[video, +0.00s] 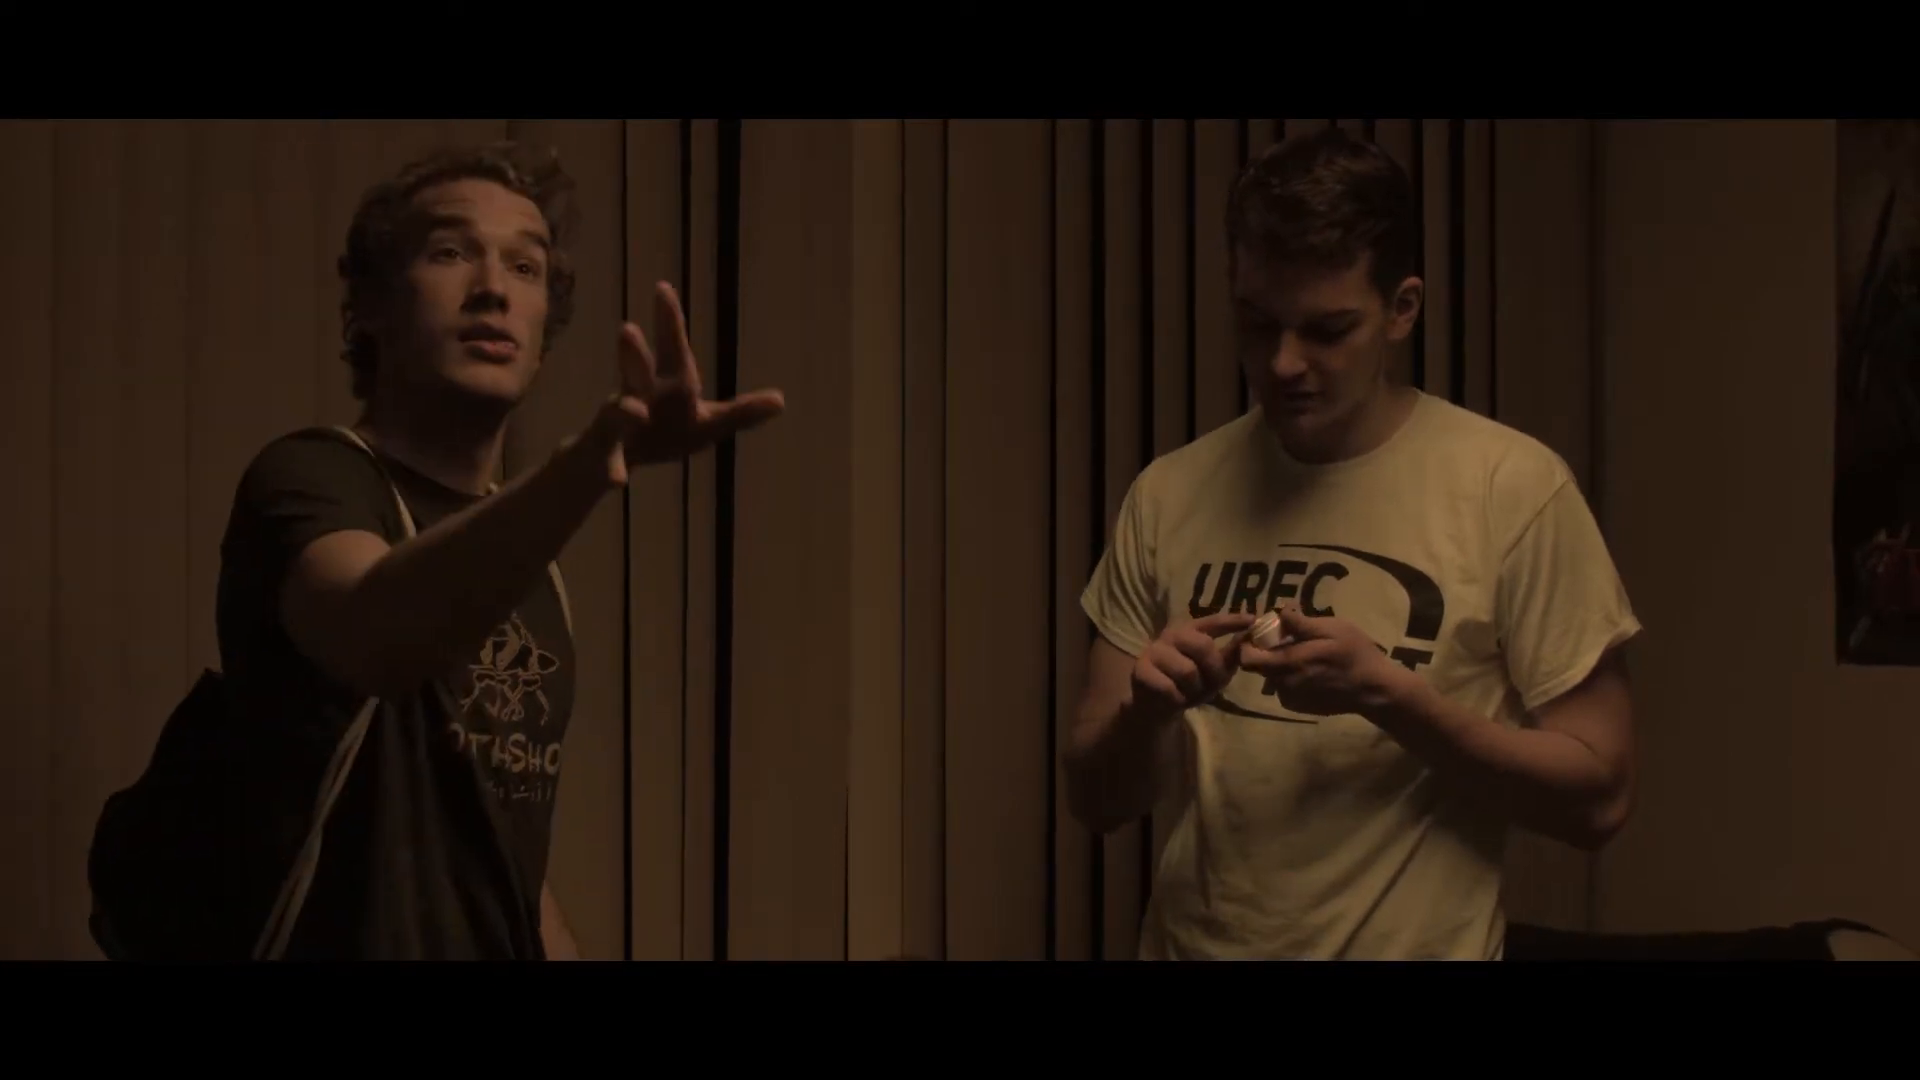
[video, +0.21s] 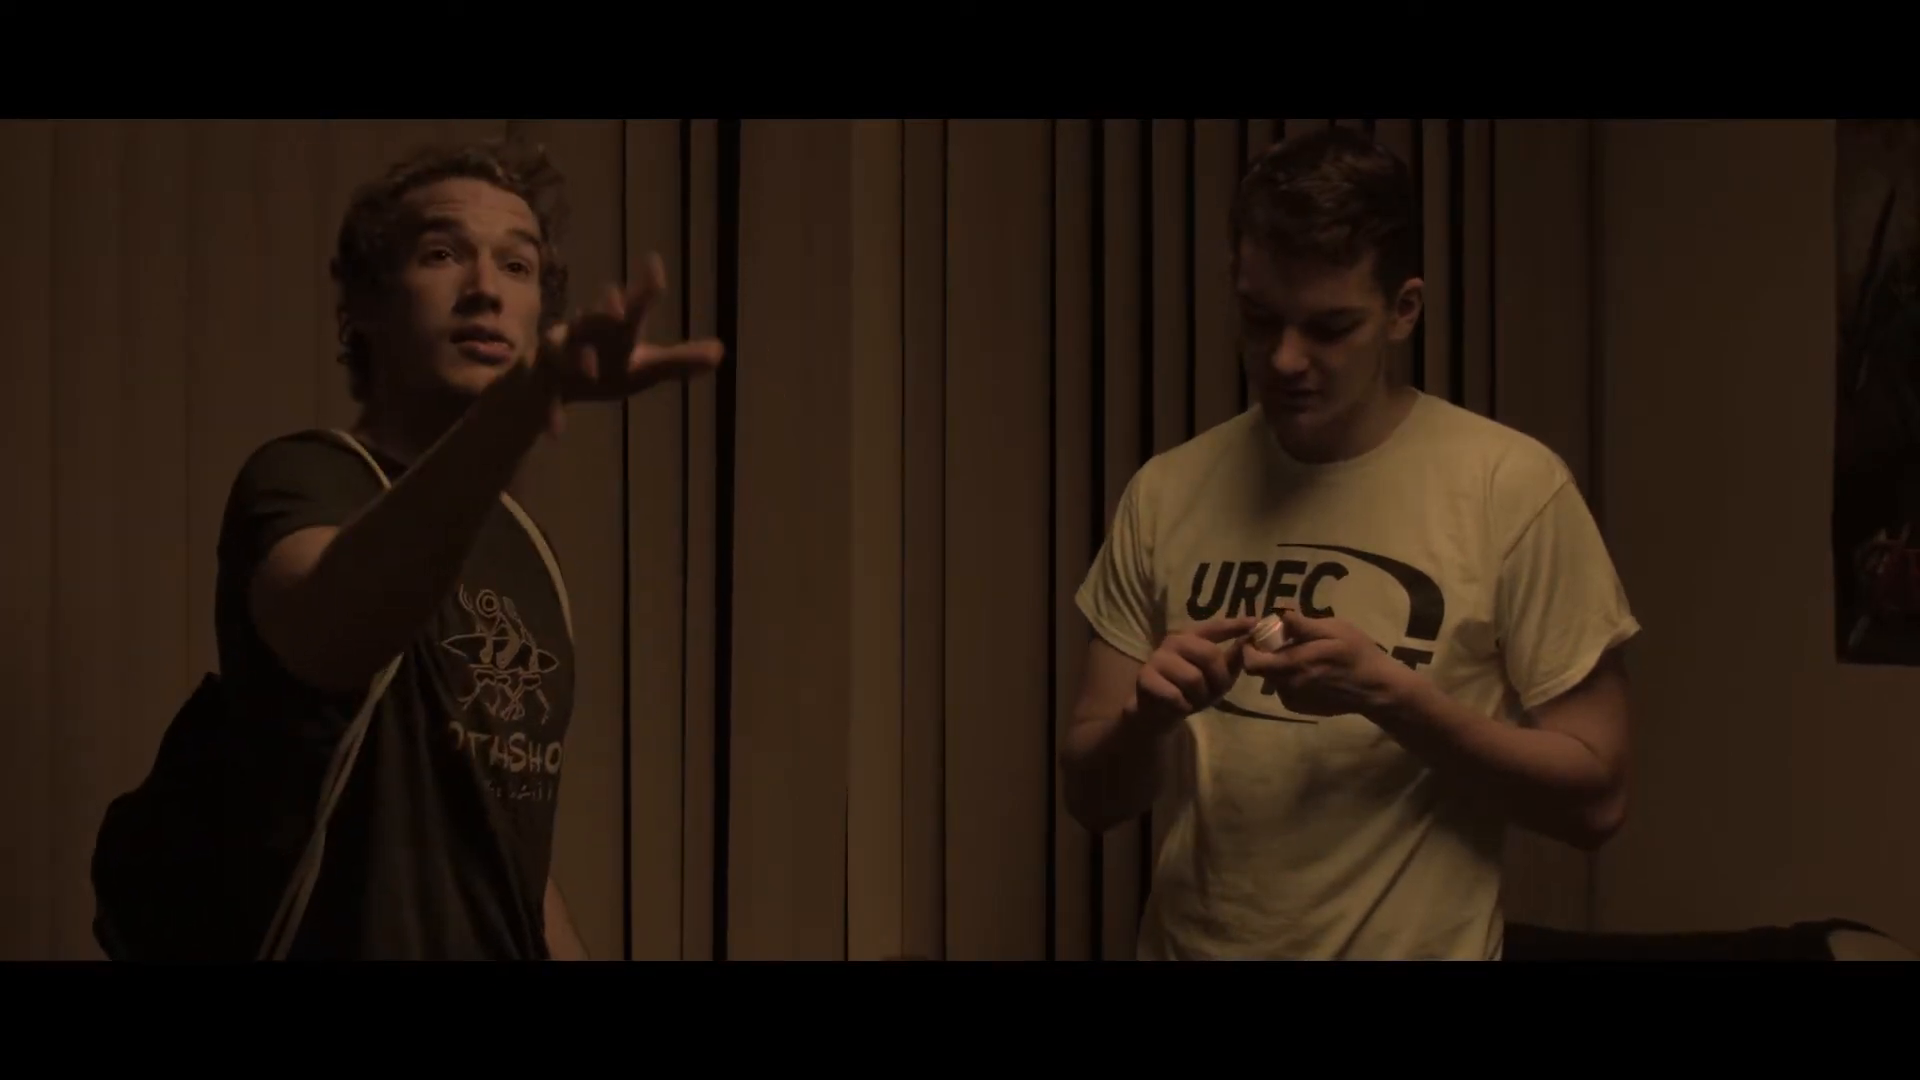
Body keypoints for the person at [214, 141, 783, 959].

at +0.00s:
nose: (495, 284)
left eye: (524, 265)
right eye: (451, 252)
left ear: (547, 322)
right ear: (367, 306)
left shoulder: (532, 562)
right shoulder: (309, 476)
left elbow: (504, 848)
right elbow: (369, 635)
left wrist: (555, 943)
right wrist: (588, 464)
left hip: (477, 940)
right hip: (315, 931)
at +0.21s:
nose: (484, 286)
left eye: (515, 263)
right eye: (440, 255)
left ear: (549, 305)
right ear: (365, 304)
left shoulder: (521, 541)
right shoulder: (305, 477)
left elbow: (506, 833)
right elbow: (325, 636)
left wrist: (560, 946)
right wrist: (527, 397)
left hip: (477, 936)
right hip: (312, 927)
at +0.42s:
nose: (485, 332)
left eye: (518, 298)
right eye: (444, 292)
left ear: (549, 329)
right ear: (371, 323)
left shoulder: (529, 539)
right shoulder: (306, 517)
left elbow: (522, 829)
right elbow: (212, 831)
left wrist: (568, 943)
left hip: (497, 946)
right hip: (332, 945)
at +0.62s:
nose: (434, 427)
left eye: (470, 380)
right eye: (398, 384)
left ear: (529, 368)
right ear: (355, 374)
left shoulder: (583, 542)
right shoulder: (260, 583)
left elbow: (590, 830)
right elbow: (184, 885)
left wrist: (628, 950)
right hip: (338, 947)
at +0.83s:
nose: (364, 466)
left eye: (399, 420)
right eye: (333, 426)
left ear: (484, 396)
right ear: (308, 413)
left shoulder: (623, 556)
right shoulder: (240, 586)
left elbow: (698, 821)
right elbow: (174, 862)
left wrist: (750, 954)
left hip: (556, 947)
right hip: (324, 950)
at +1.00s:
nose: (302, 472)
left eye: (335, 428)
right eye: (278, 434)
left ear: (433, 401)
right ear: (258, 425)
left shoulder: (606, 553)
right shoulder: (230, 618)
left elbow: (734, 821)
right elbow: (195, 901)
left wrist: (815, 960)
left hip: (576, 948)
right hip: (349, 953)